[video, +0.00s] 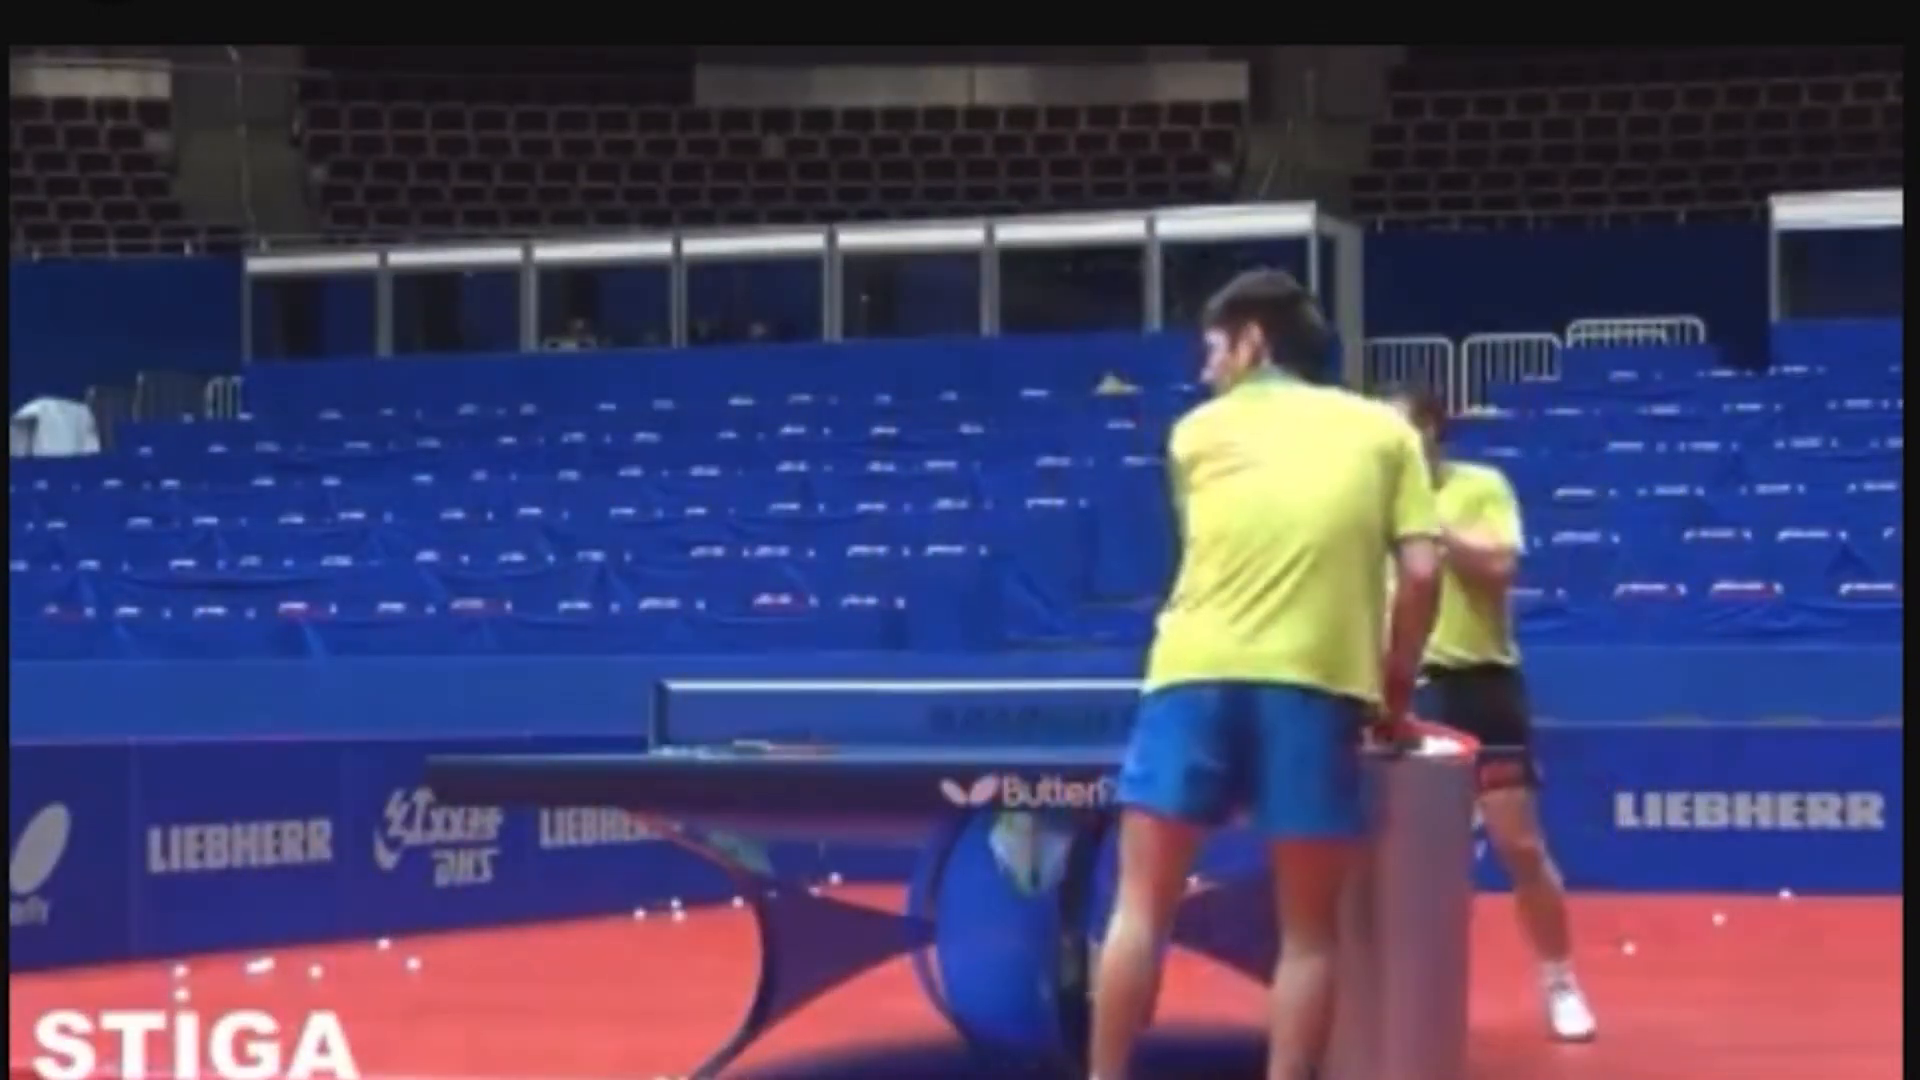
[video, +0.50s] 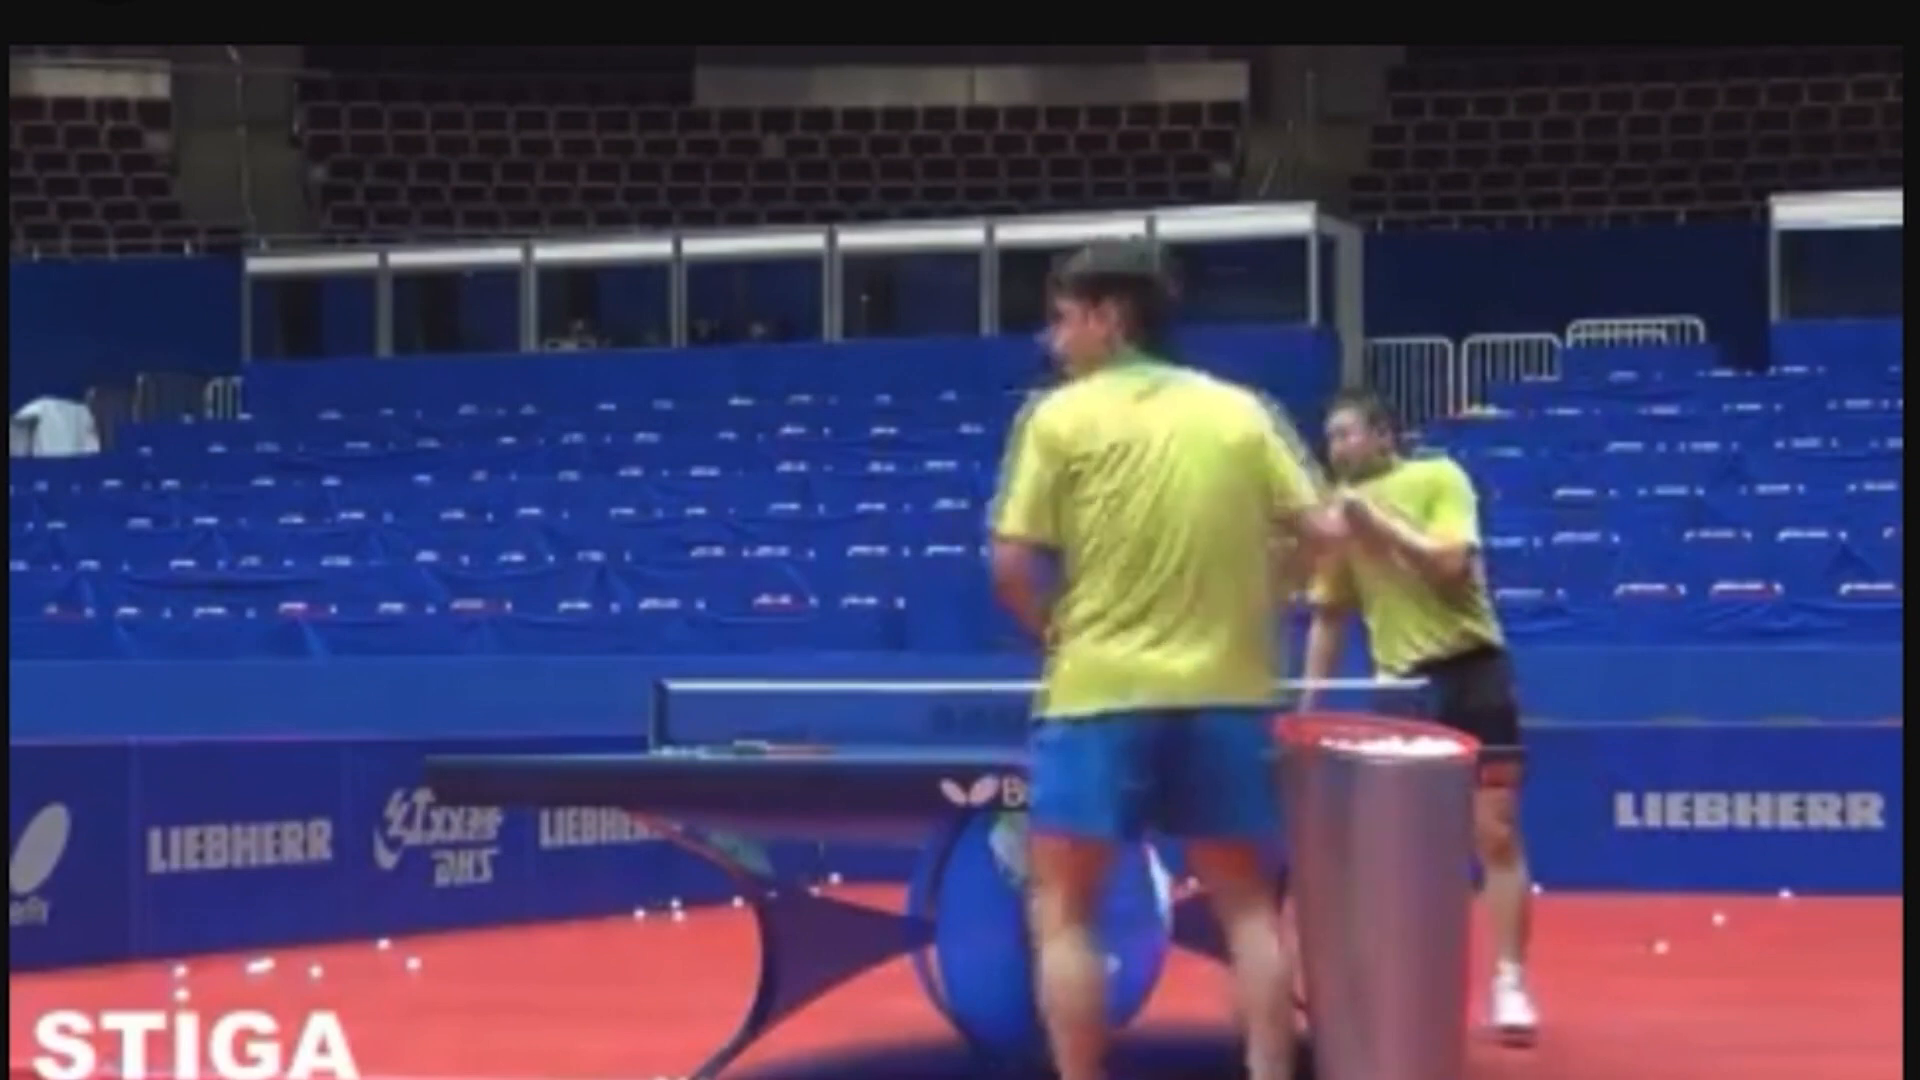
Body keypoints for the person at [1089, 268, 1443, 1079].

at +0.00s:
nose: (1205, 369)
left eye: (1212, 351)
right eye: (1204, 353)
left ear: (1251, 343)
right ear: (1300, 349)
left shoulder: (1197, 429)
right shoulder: (1383, 426)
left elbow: (1207, 553)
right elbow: (1421, 571)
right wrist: (1396, 695)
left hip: (1189, 674)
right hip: (1312, 684)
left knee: (1140, 909)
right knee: (1306, 935)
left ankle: (1105, 1071)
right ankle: (1286, 1073)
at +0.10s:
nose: (1188, 365)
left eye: (1195, 347)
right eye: (1188, 348)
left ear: (1236, 340)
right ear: (1288, 346)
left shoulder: (1184, 427)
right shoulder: (1373, 423)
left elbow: (1199, 553)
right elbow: (1416, 563)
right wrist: (1396, 693)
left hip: (1187, 676)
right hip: (1310, 688)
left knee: (1133, 904)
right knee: (1302, 932)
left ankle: (1096, 1071)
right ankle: (1285, 1073)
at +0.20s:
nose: (1165, 359)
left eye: (1174, 340)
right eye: (1166, 341)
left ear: (1217, 334)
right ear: (1264, 339)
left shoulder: (1163, 423)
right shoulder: (1356, 419)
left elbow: (1156, 555)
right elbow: (1410, 548)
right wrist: (1394, 671)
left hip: (1177, 678)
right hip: (1301, 689)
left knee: (1115, 905)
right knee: (1294, 926)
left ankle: (1081, 1070)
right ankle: (1283, 1073)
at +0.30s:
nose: (1135, 347)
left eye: (1146, 329)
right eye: (1136, 329)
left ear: (1189, 325)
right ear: (1222, 331)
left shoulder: (1135, 423)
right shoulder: (1327, 414)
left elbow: (1119, 569)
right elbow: (1398, 530)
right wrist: (1375, 626)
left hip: (1161, 685)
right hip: (1287, 689)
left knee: (1101, 909)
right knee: (1283, 918)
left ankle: (1078, 1071)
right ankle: (1280, 1073)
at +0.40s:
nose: (1098, 342)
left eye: (1108, 323)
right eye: (1099, 323)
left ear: (1153, 320)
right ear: (1182, 324)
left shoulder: (1102, 417)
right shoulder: (1288, 411)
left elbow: (1064, 570)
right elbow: (1367, 524)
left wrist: (1136, 630)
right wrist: (1333, 611)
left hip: (1136, 692)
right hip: (1262, 693)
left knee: (1087, 909)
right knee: (1268, 904)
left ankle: (1089, 1071)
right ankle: (1279, 1071)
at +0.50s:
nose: (1052, 338)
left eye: (1063, 319)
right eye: (1053, 320)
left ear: (1108, 317)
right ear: (1133, 322)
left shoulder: (1058, 417)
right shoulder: (1239, 409)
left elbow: (1011, 561)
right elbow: (1322, 528)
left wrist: (1060, 631)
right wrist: (1261, 592)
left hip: (1100, 695)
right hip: (1226, 694)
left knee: (1064, 909)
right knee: (1245, 900)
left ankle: (1080, 1070)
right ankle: (1271, 1070)